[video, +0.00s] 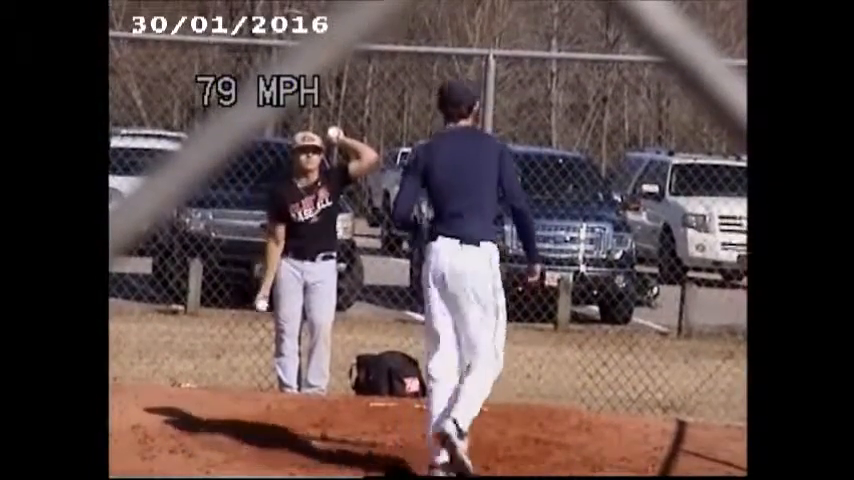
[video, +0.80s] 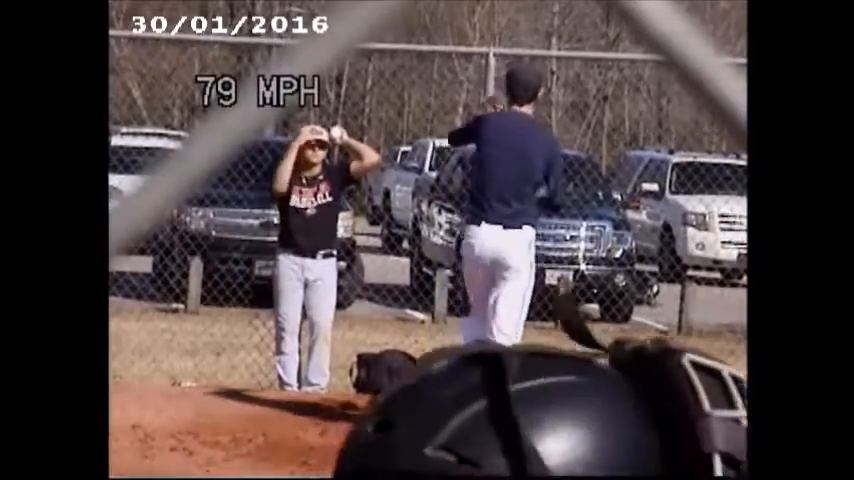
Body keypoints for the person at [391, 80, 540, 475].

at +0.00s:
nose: (478, 113)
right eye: (478, 108)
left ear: (442, 112)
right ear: (475, 111)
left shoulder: (426, 151)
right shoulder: (494, 148)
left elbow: (400, 213)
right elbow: (519, 204)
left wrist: (423, 228)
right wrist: (533, 258)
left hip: (437, 251)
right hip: (477, 255)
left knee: (442, 352)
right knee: (486, 353)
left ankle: (440, 454)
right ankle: (456, 423)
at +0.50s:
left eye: (491, 95)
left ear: (488, 100)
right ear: (521, 103)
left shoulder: (465, 137)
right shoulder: (531, 151)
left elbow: (428, 173)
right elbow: (537, 209)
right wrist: (541, 263)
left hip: (467, 244)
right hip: (508, 249)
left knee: (461, 336)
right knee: (500, 337)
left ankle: (447, 412)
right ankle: (497, 415)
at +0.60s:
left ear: (496, 94)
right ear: (528, 98)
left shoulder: (474, 128)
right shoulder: (538, 143)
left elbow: (436, 160)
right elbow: (551, 205)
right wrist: (547, 250)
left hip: (473, 240)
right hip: (513, 245)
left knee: (468, 326)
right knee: (504, 333)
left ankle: (457, 400)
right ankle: (499, 408)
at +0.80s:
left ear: (507, 90)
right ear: (538, 94)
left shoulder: (486, 124)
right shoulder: (547, 140)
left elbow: (453, 140)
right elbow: (554, 197)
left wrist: (480, 119)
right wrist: (530, 202)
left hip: (478, 233)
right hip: (518, 239)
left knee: (476, 315)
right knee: (506, 329)